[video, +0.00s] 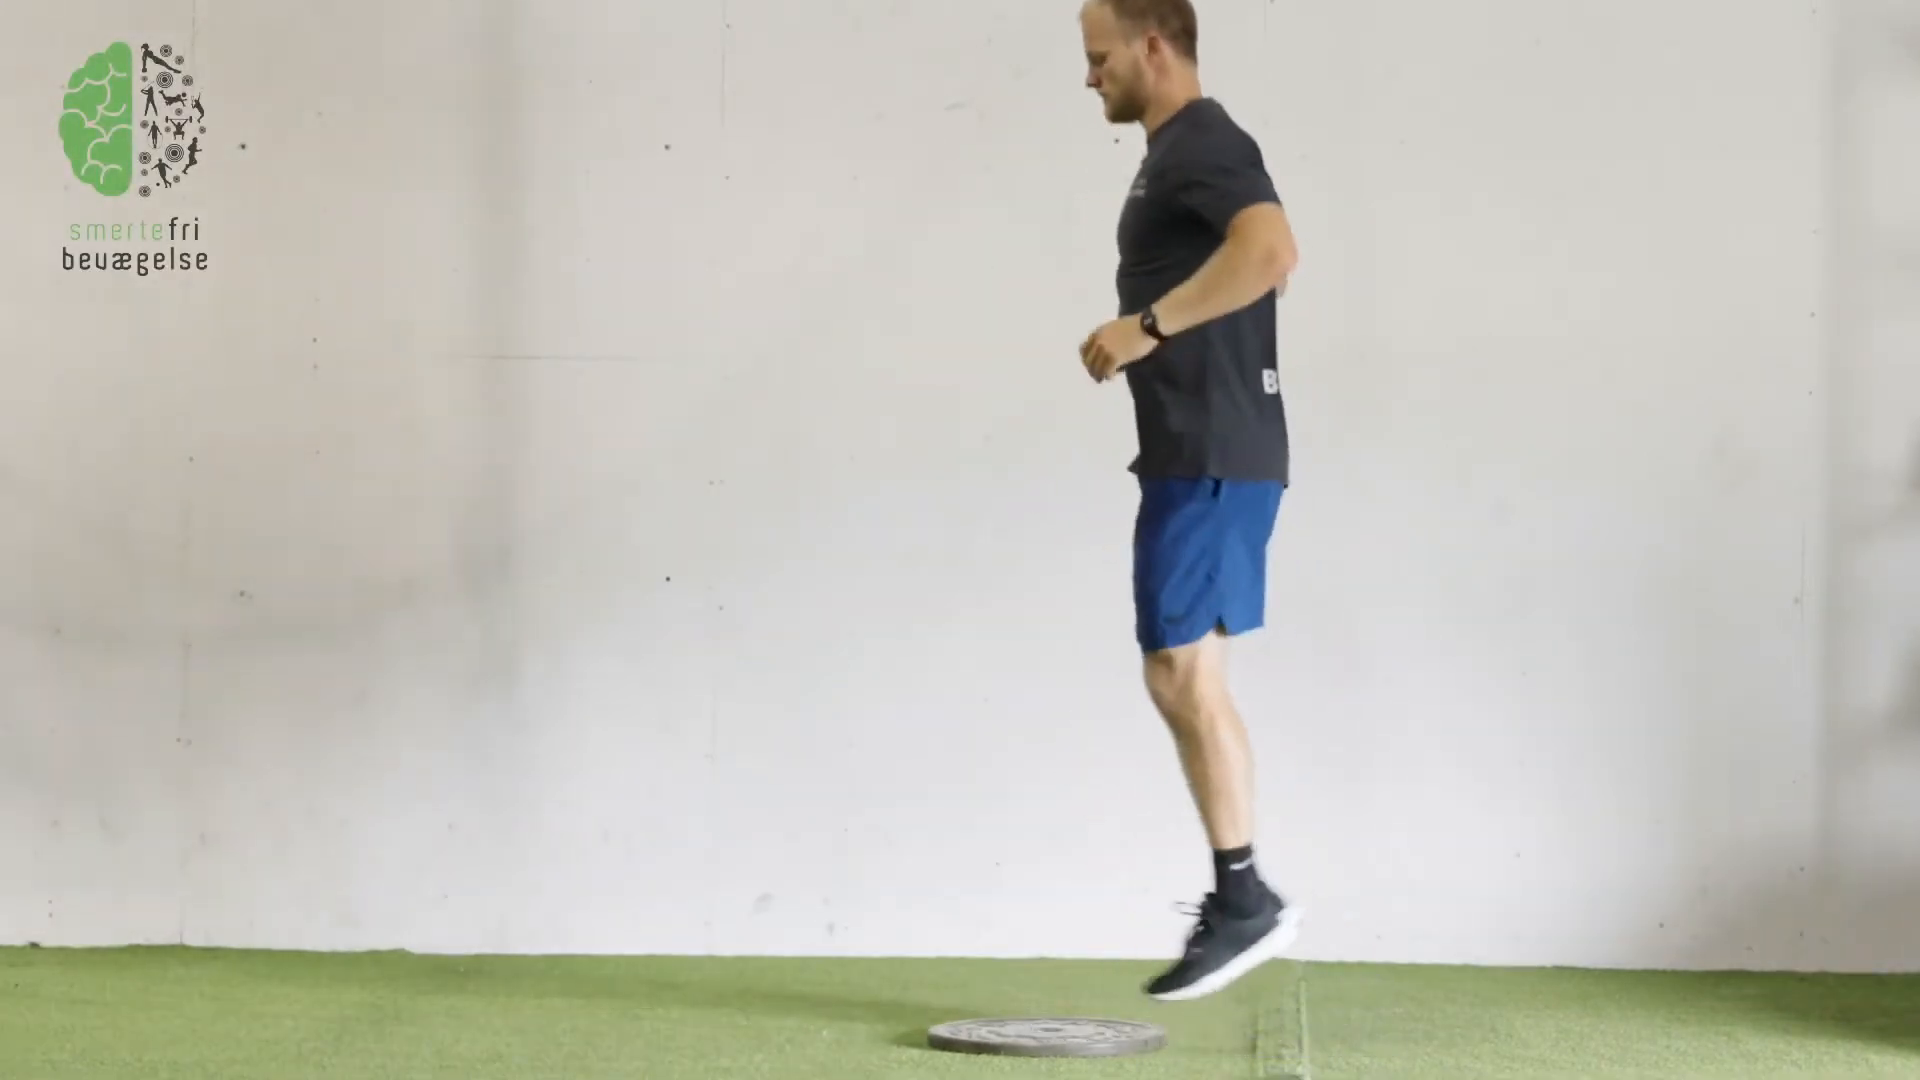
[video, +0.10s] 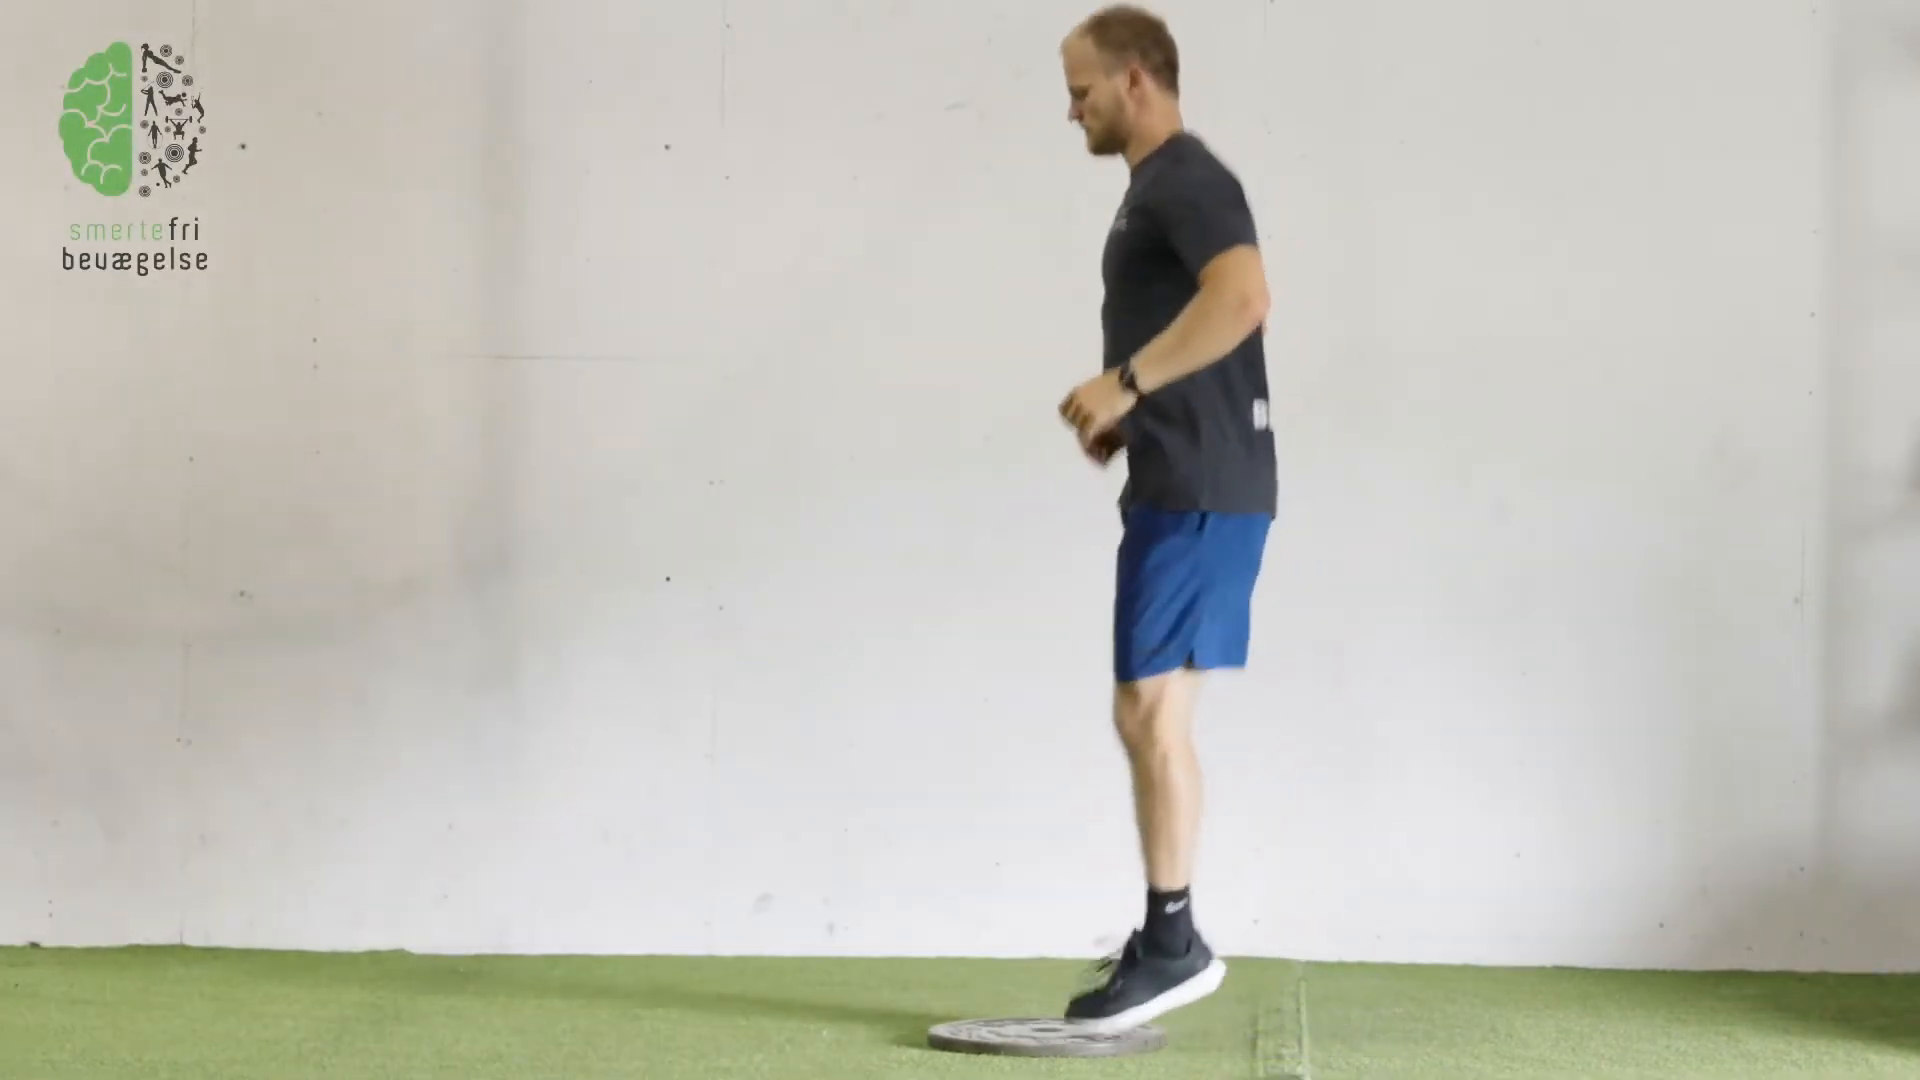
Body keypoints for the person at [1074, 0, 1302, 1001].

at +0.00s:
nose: (1090, 77)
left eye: (1097, 57)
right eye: (1088, 60)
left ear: (1153, 47)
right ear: (1153, 51)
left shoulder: (1202, 139)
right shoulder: (1186, 145)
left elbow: (1268, 248)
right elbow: (1270, 260)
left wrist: (1149, 325)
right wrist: (1163, 334)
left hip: (1210, 461)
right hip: (1195, 457)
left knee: (1184, 677)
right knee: (1183, 678)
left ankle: (1242, 898)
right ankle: (1238, 896)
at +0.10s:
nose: (1073, 112)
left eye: (1082, 92)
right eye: (1071, 94)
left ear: (1137, 83)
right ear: (1132, 87)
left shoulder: (1185, 175)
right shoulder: (1161, 182)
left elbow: (1240, 298)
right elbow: (1211, 320)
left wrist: (1127, 380)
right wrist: (1129, 406)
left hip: (1202, 489)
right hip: (1177, 486)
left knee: (1154, 711)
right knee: (1144, 710)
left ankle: (1171, 942)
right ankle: (1167, 938)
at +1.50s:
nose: (1101, 124)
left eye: (1111, 105)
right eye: (1101, 108)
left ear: (1166, 99)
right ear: (1166, 103)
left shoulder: (1219, 199)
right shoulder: (1185, 208)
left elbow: (1288, 324)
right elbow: (1247, 341)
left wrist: (1191, 432)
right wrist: (1169, 446)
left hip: (1230, 517)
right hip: (1208, 514)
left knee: (1203, 732)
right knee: (1191, 734)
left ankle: (1297, 949)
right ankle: (1290, 947)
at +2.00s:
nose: (1081, 109)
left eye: (1090, 89)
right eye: (1079, 92)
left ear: (1148, 81)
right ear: (1144, 85)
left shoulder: (1191, 177)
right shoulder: (1165, 183)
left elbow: (1238, 309)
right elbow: (1214, 325)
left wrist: (1119, 385)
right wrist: (1125, 404)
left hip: (1197, 491)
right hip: (1175, 488)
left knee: (1147, 715)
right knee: (1141, 714)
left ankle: (1172, 950)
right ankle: (1163, 946)